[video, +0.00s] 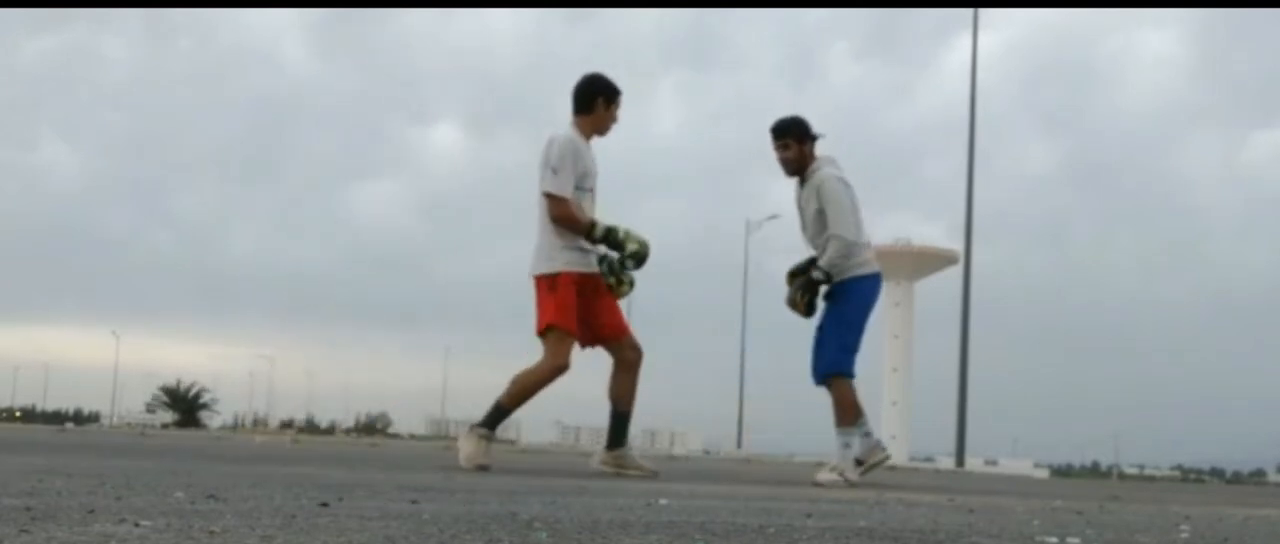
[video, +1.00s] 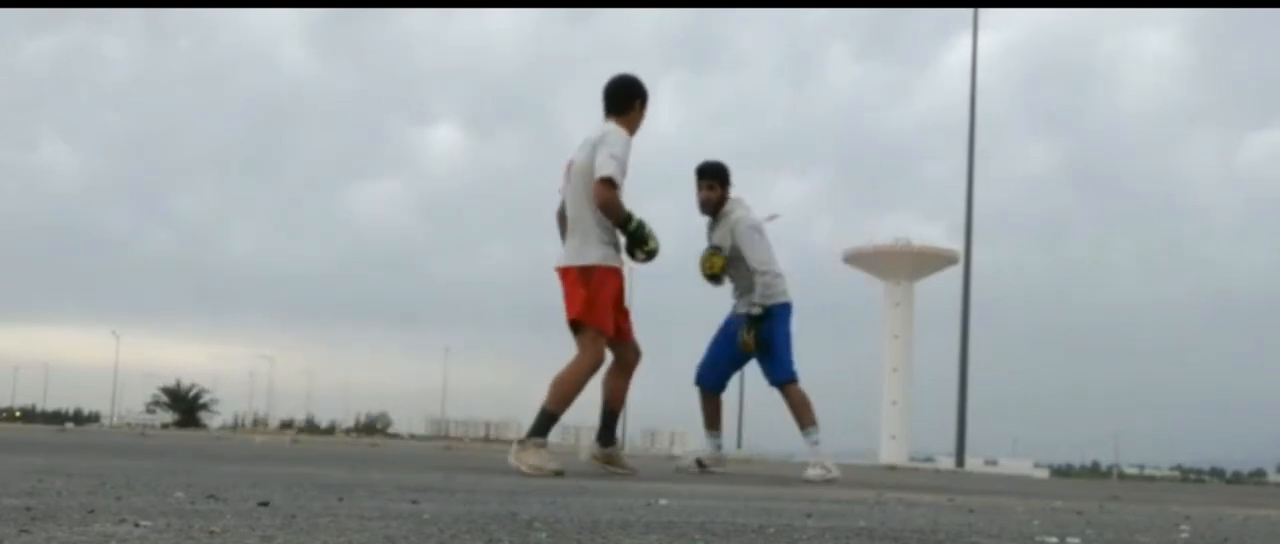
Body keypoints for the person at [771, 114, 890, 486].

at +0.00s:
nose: (782, 156)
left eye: (789, 147)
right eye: (778, 149)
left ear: (808, 146)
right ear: (776, 151)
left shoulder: (827, 181)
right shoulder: (807, 185)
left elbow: (845, 238)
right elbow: (829, 240)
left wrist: (816, 275)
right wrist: (808, 268)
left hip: (856, 278)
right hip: (843, 280)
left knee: (835, 369)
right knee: (828, 369)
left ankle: (847, 461)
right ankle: (867, 444)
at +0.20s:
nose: (770, 176)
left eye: (776, 168)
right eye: (766, 170)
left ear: (794, 167)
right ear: (765, 171)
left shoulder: (809, 196)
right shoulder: (795, 201)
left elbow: (833, 249)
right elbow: (818, 252)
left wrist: (812, 287)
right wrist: (804, 280)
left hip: (848, 288)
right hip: (833, 291)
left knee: (831, 370)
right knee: (815, 374)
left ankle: (841, 461)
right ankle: (825, 456)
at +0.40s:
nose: (765, 175)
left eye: (771, 168)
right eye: (761, 169)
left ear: (788, 167)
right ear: (758, 171)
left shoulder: (806, 196)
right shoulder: (785, 203)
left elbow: (840, 243)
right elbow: (810, 253)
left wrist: (816, 282)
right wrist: (789, 273)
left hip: (835, 291)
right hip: (813, 294)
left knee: (819, 368)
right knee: (799, 375)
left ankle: (835, 457)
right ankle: (817, 457)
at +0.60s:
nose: (762, 178)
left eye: (768, 170)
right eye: (759, 171)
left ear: (786, 169)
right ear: (757, 173)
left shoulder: (811, 202)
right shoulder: (767, 214)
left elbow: (829, 252)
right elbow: (775, 268)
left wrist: (792, 274)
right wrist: (758, 305)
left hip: (825, 296)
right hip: (797, 300)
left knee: (804, 373)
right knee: (768, 374)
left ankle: (829, 458)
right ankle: (806, 447)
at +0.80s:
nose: (742, 182)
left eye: (748, 175)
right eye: (738, 175)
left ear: (764, 175)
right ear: (736, 178)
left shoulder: (788, 209)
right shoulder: (747, 216)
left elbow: (784, 266)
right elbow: (755, 261)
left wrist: (762, 301)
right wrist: (749, 280)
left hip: (804, 299)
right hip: (773, 301)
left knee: (800, 375)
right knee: (742, 371)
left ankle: (828, 459)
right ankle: (741, 449)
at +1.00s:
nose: (701, 197)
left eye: (707, 190)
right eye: (699, 190)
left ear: (722, 190)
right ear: (700, 191)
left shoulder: (742, 221)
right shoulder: (717, 223)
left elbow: (767, 272)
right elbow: (718, 266)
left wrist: (754, 315)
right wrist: (713, 267)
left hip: (770, 307)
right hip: (743, 307)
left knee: (784, 379)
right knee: (708, 378)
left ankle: (819, 457)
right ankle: (713, 452)